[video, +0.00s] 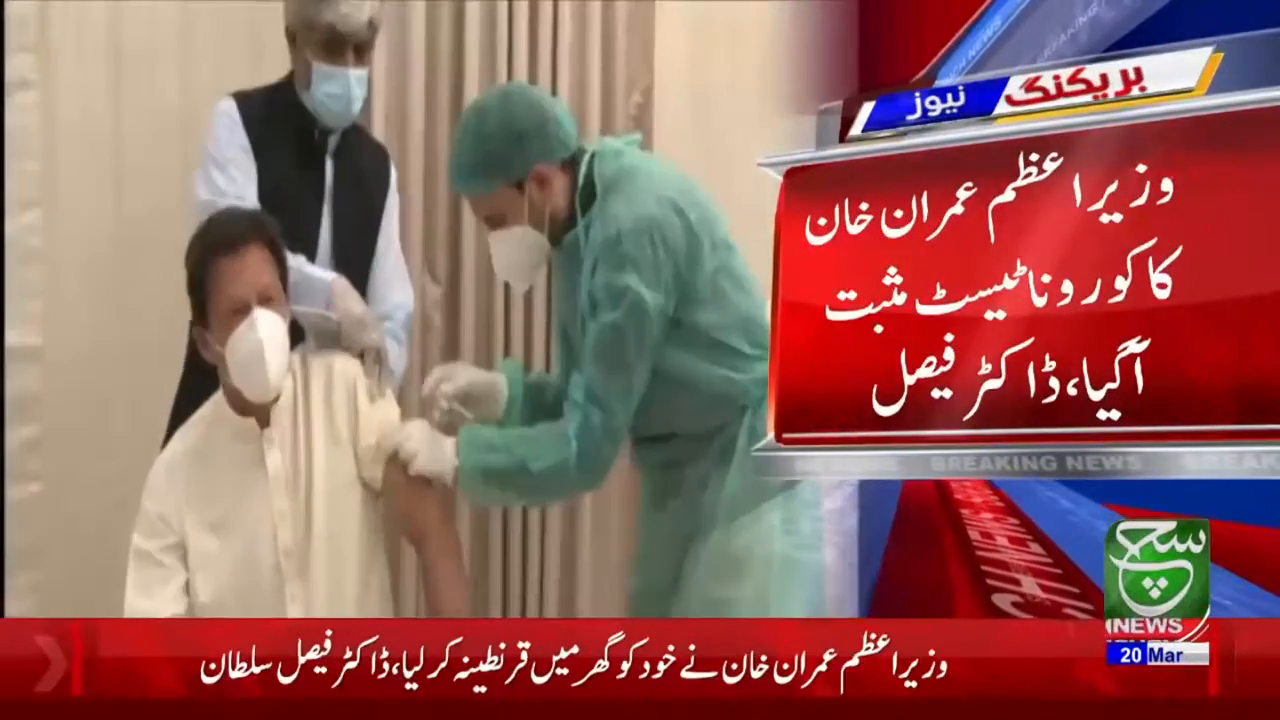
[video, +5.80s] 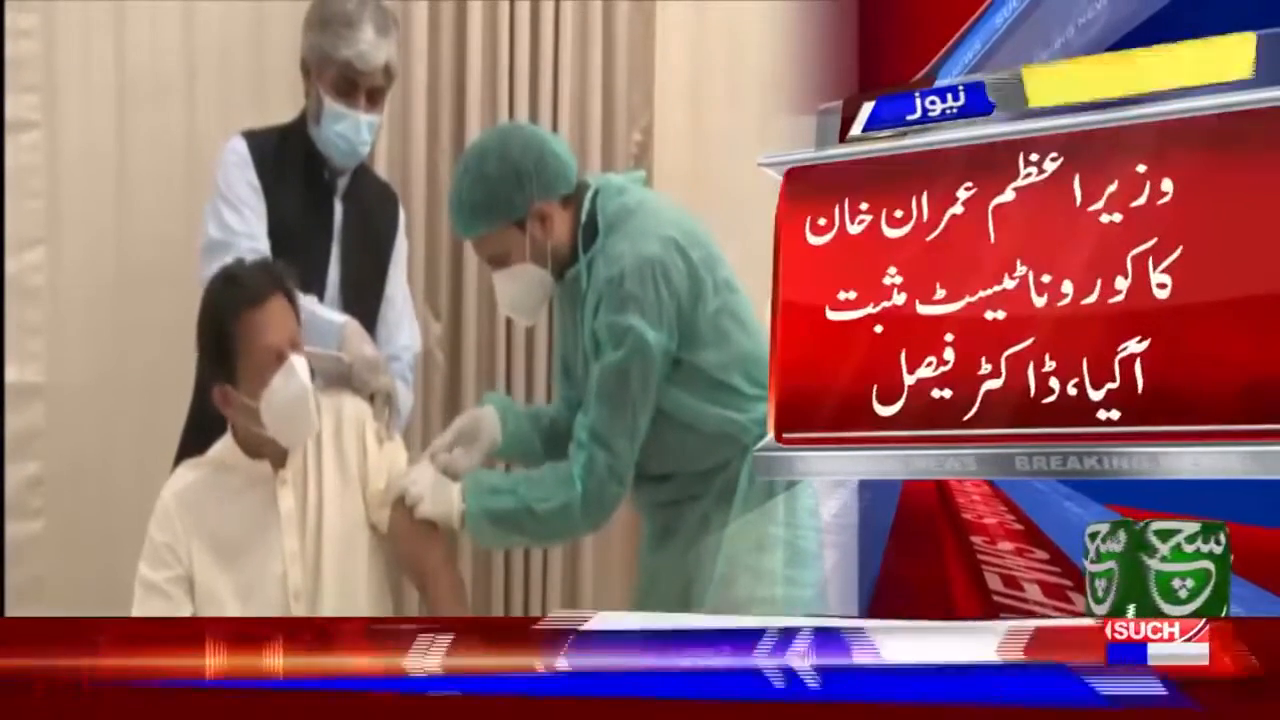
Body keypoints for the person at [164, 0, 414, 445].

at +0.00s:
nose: (347, 74)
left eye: (359, 57)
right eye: (330, 55)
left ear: (372, 54)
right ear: (293, 46)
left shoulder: (376, 163)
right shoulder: (240, 120)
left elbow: (391, 293)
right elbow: (228, 244)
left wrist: (374, 374)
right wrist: (330, 291)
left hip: (332, 388)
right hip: (236, 374)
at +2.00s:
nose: (351, 80)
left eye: (364, 63)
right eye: (335, 60)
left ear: (378, 65)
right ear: (299, 53)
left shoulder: (378, 176)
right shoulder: (244, 131)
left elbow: (395, 309)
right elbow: (234, 255)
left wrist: (378, 394)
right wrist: (335, 302)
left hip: (335, 402)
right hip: (239, 387)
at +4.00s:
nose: (351, 93)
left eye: (366, 77)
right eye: (336, 72)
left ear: (380, 81)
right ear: (301, 64)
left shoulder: (379, 192)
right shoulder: (246, 147)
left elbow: (396, 327)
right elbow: (235, 271)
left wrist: (379, 423)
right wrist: (338, 320)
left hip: (335, 420)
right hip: (242, 399)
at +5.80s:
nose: (359, 113)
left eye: (375, 96)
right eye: (344, 90)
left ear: (388, 94)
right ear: (309, 76)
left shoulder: (383, 204)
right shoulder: (250, 158)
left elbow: (398, 340)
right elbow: (236, 283)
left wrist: (381, 429)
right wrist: (342, 333)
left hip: (341, 431)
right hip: (245, 416)